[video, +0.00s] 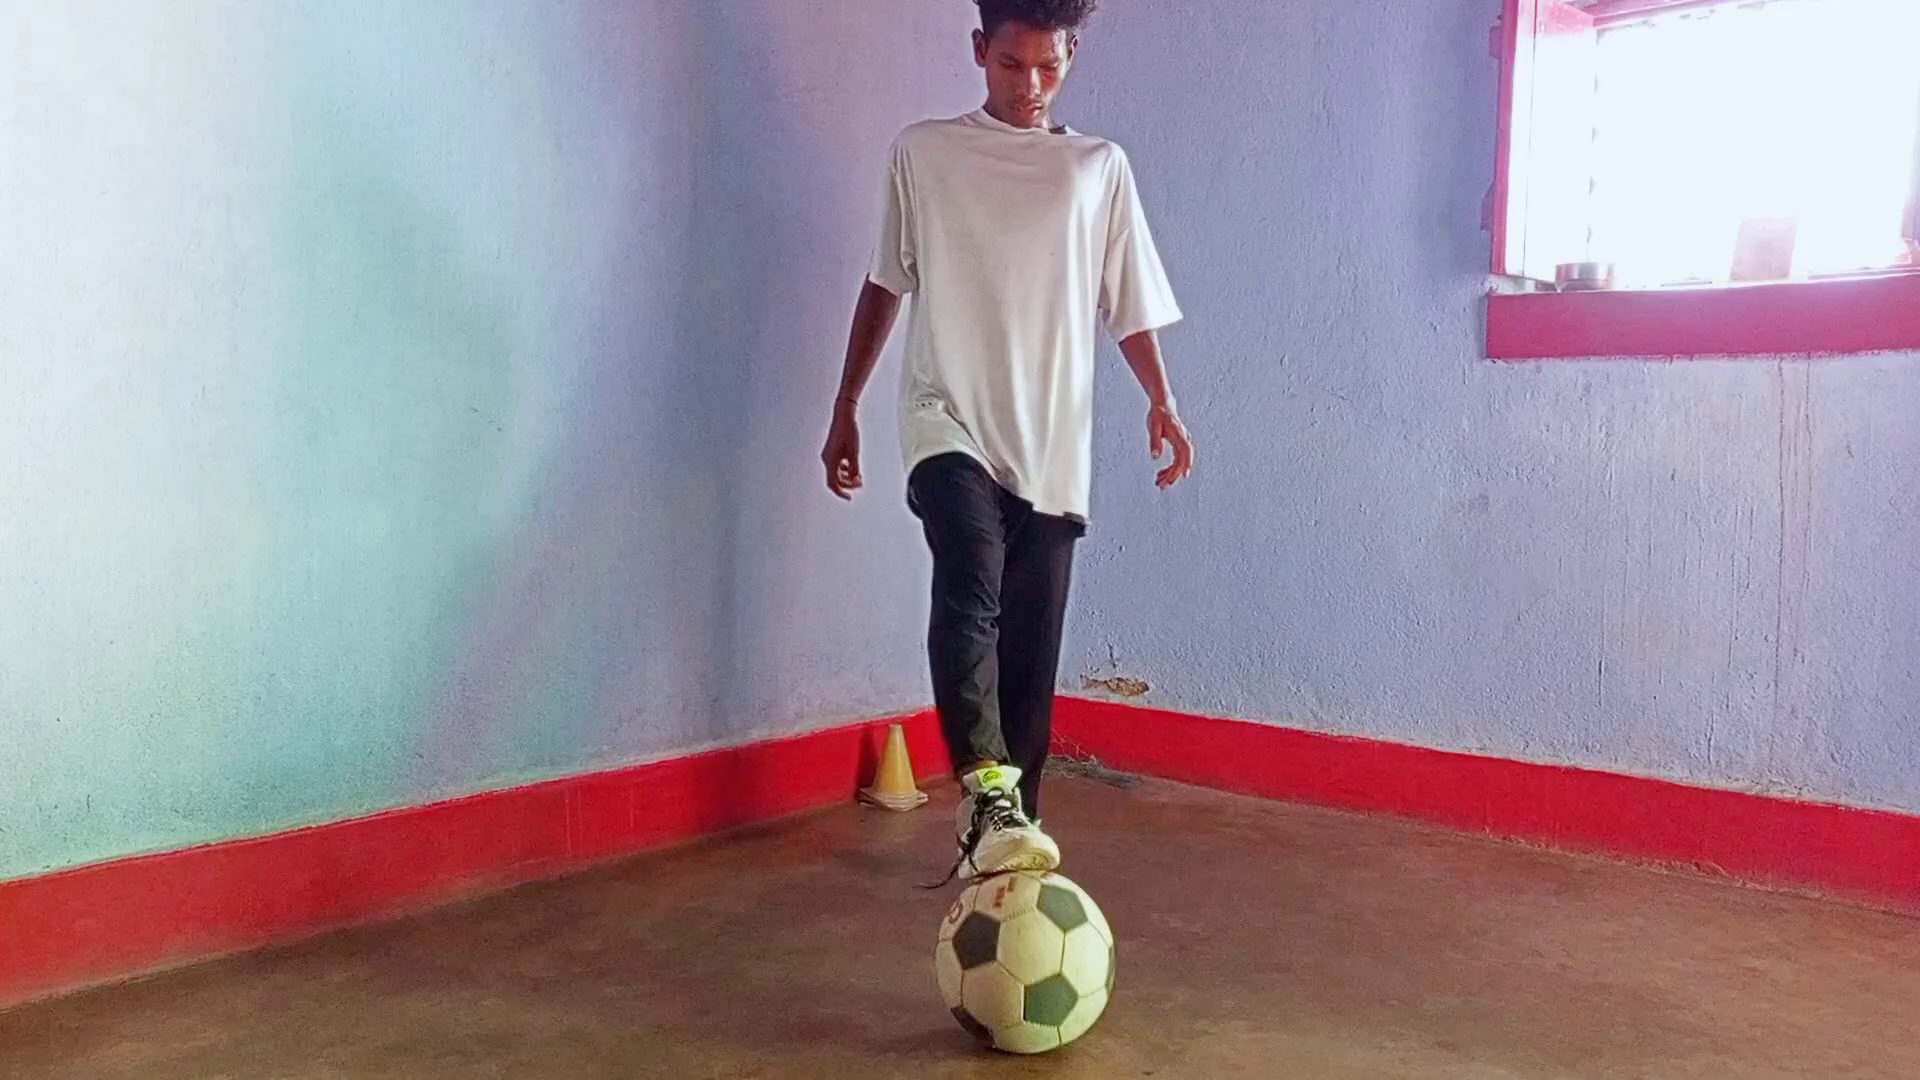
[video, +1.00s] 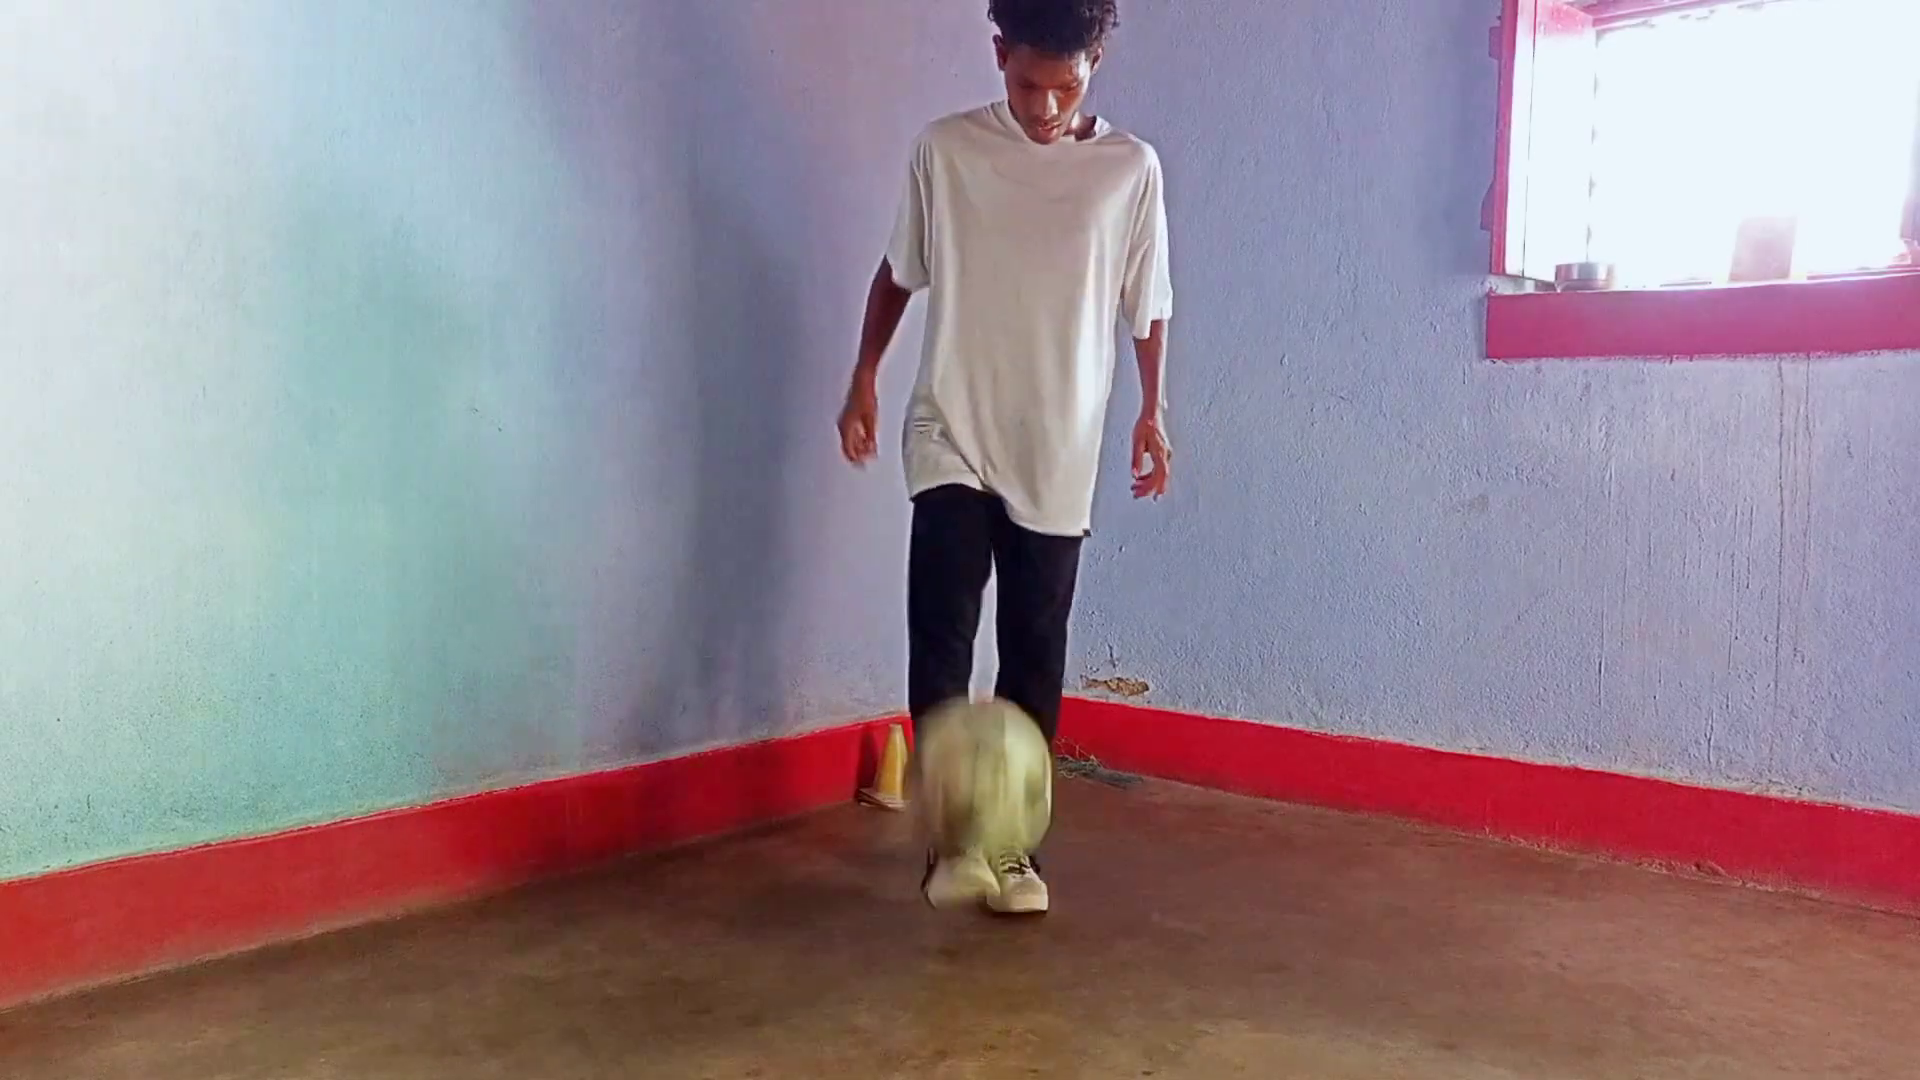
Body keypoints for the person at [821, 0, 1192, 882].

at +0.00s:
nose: (1032, 84)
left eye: (1049, 65)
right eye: (1014, 64)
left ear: (1072, 60)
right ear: (980, 53)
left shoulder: (1101, 167)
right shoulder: (922, 153)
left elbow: (1128, 303)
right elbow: (884, 287)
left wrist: (1161, 400)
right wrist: (845, 406)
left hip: (1051, 434)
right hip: (949, 416)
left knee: (1030, 644)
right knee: (972, 557)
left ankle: (1007, 842)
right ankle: (986, 788)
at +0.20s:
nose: (1029, 83)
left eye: (1045, 64)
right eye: (1012, 63)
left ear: (1070, 57)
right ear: (977, 51)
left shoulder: (1105, 160)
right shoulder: (923, 154)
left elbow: (1137, 300)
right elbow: (891, 291)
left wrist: (1172, 407)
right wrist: (850, 414)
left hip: (1061, 427)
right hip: (955, 411)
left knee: (1035, 644)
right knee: (973, 558)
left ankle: (1010, 840)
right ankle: (980, 788)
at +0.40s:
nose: (1030, 88)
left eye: (1047, 68)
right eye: (1012, 68)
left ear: (1071, 54)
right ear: (979, 52)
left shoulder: (1110, 161)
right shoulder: (928, 156)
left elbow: (1154, 301)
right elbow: (899, 294)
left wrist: (1195, 408)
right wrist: (858, 412)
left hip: (1063, 437)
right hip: (956, 418)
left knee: (1039, 646)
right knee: (973, 566)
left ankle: (1009, 843)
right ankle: (978, 793)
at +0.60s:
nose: (1035, 92)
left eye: (1052, 74)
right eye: (1017, 74)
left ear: (1079, 57)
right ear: (988, 54)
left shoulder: (1118, 162)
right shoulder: (935, 155)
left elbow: (1160, 297)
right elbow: (902, 293)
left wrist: (1200, 399)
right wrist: (863, 409)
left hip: (1059, 438)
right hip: (955, 416)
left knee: (1037, 645)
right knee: (972, 568)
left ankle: (1011, 840)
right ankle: (965, 787)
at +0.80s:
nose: (1045, 100)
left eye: (1065, 80)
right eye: (1027, 78)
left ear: (1094, 57)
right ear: (998, 51)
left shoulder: (1126, 163)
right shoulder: (940, 149)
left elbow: (1152, 295)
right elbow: (900, 279)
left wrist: (1173, 396)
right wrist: (863, 392)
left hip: (1058, 430)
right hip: (954, 409)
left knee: (1029, 629)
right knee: (974, 584)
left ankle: (1008, 834)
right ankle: (946, 804)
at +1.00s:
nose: (1047, 108)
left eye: (1067, 89)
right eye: (1029, 85)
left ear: (1096, 63)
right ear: (1000, 53)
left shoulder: (1132, 167)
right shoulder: (944, 148)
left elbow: (1147, 302)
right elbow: (898, 273)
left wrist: (1152, 411)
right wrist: (863, 377)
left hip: (1058, 444)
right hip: (953, 431)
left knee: (1035, 652)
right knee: (941, 638)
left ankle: (1017, 849)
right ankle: (953, 842)